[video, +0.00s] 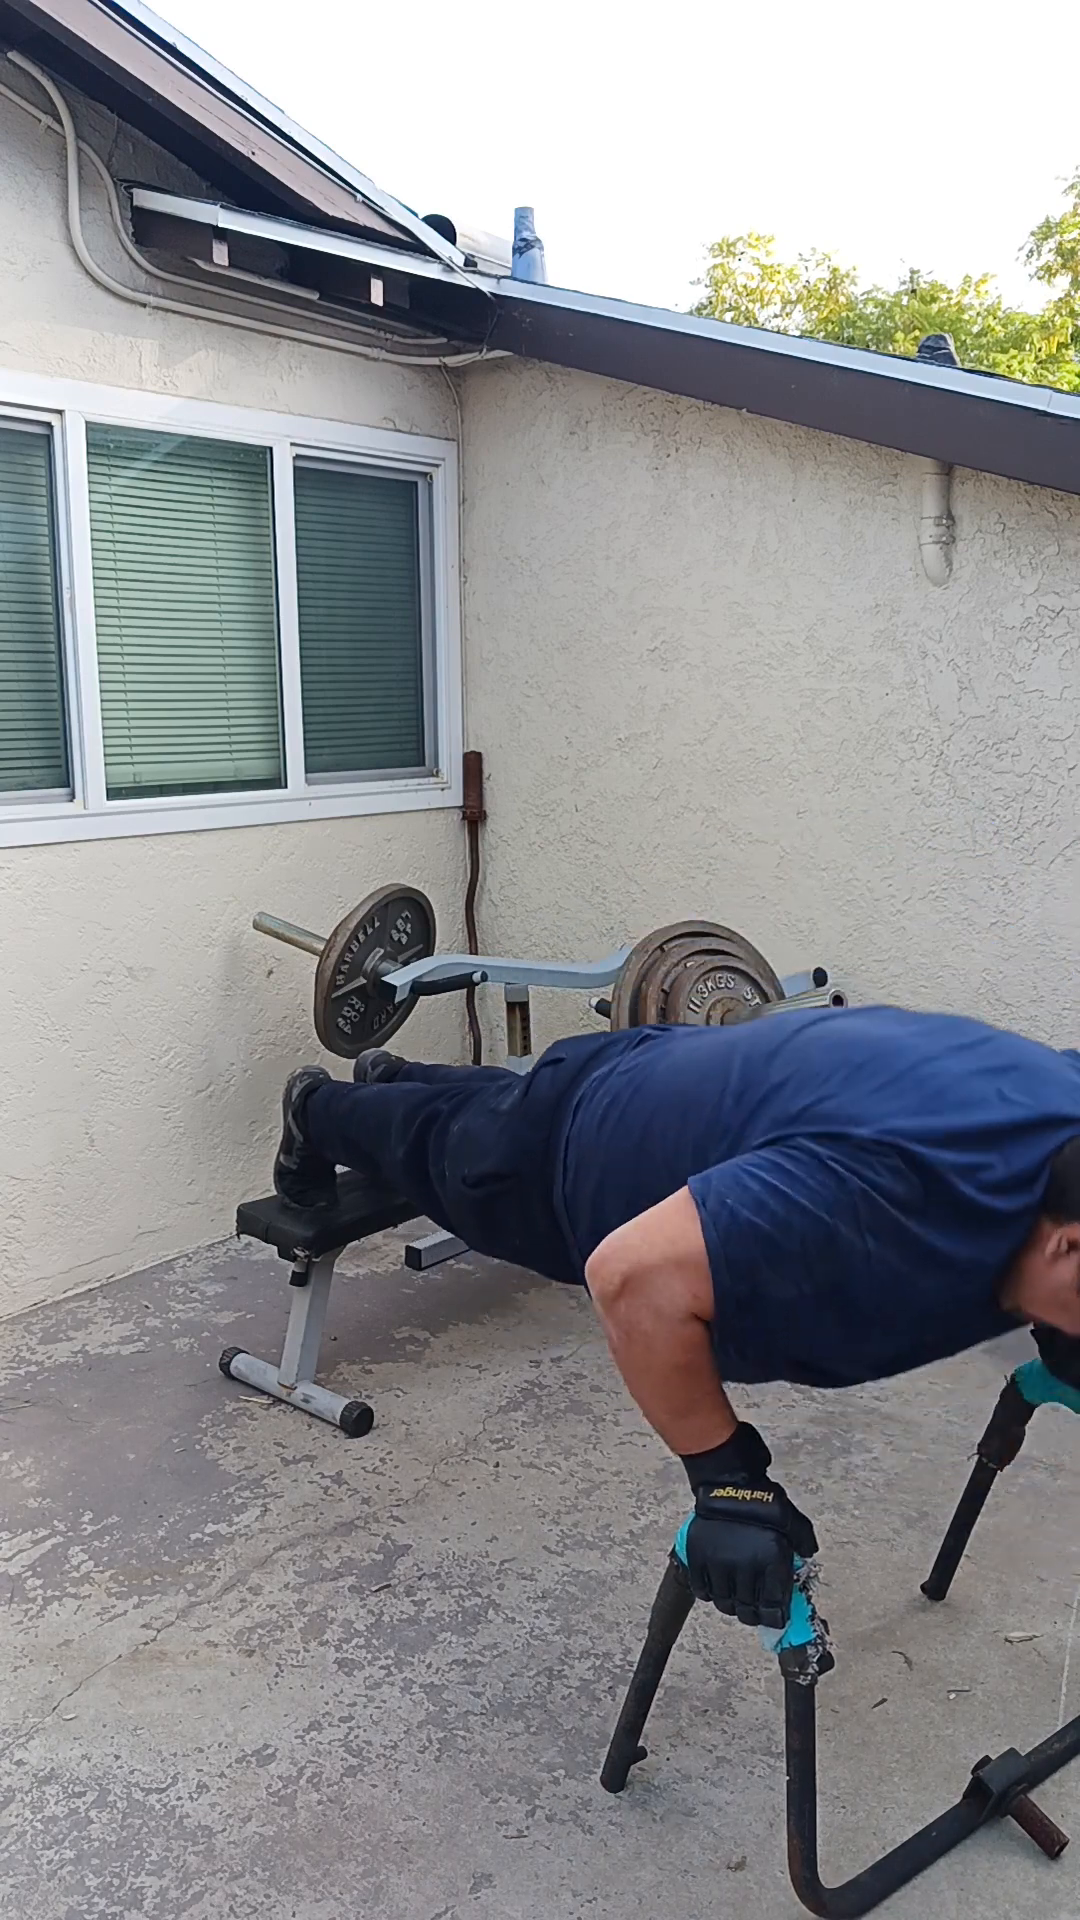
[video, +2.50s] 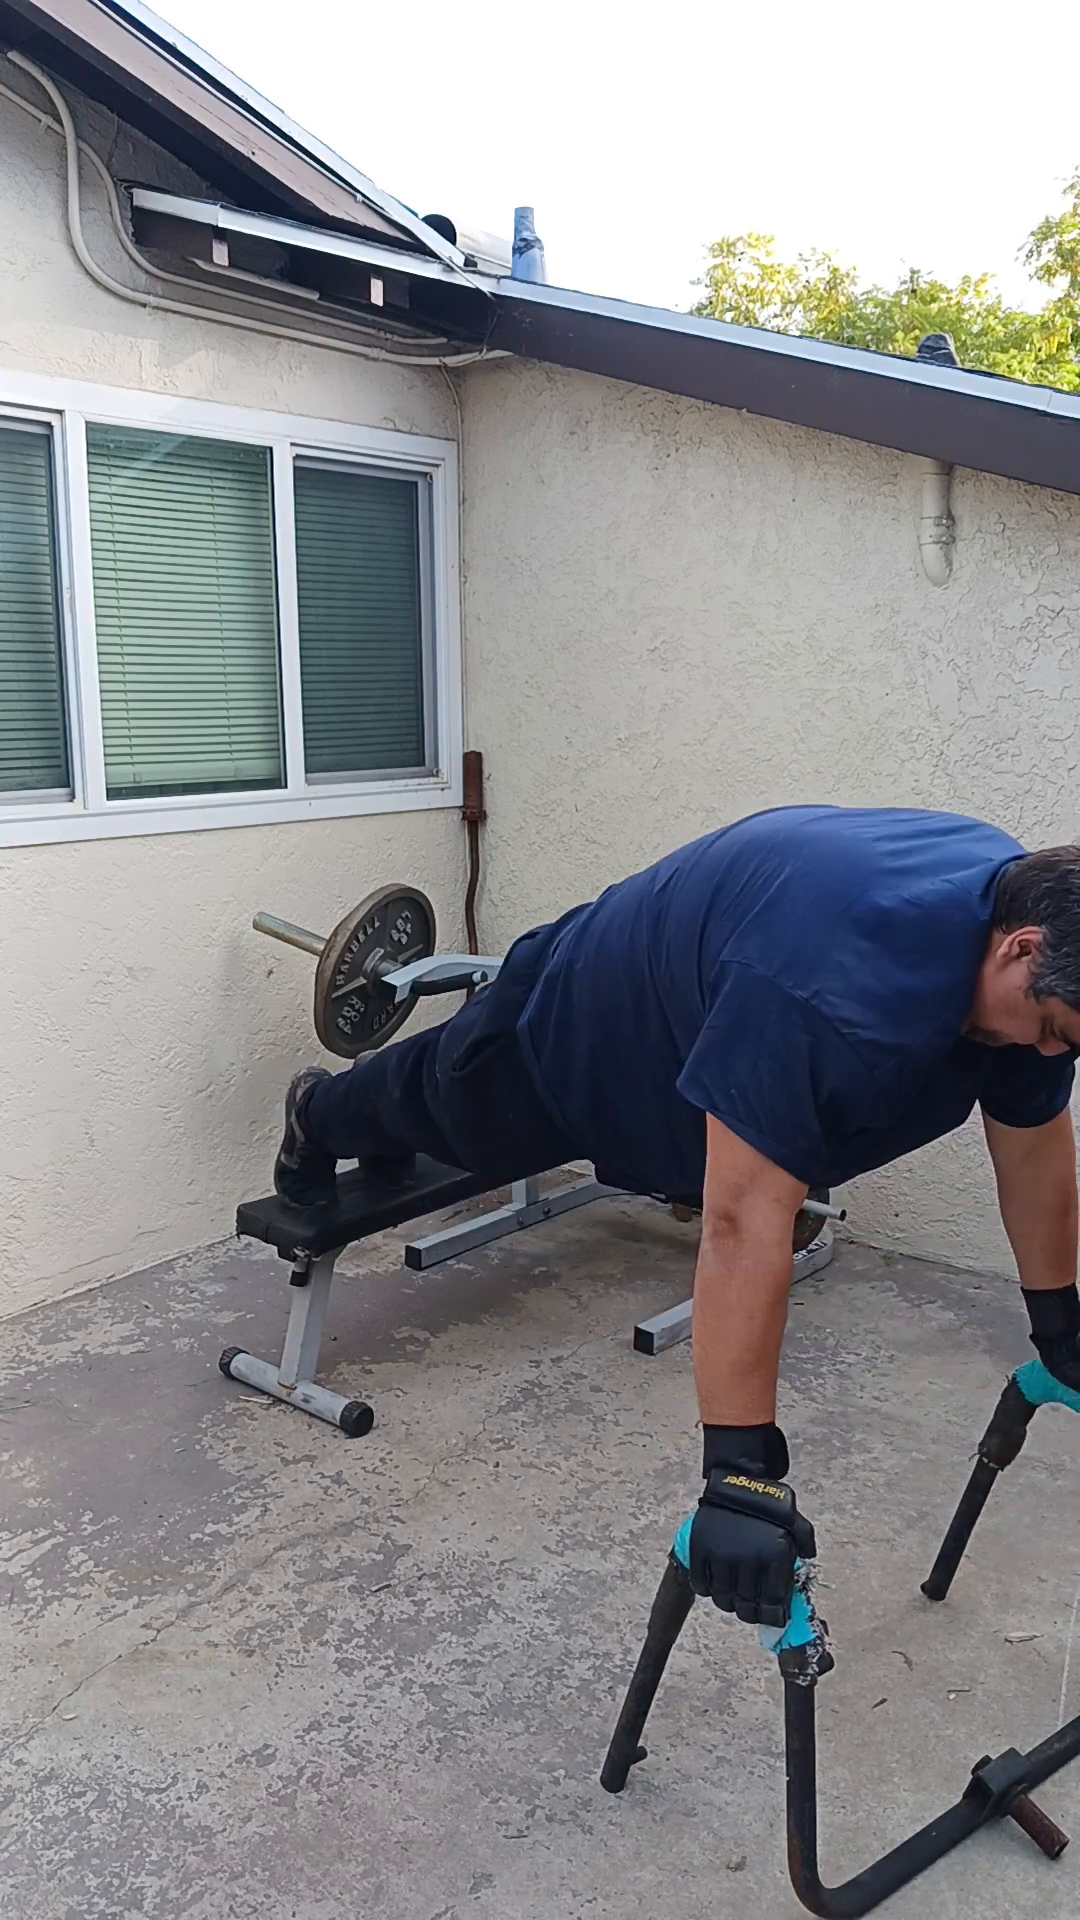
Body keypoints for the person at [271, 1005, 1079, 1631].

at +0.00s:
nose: (1058, 1335)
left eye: (1068, 1333)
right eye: (1073, 1322)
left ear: (1070, 1243)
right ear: (1065, 1254)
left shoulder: (1068, 1119)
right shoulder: (896, 1198)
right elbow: (633, 1280)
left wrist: (1042, 1336)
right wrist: (731, 1481)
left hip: (706, 1058)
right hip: (591, 1143)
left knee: (516, 1101)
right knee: (446, 1129)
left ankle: (374, 1111)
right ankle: (321, 1112)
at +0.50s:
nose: (1041, 1048)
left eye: (1061, 1035)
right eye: (1044, 1020)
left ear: (1016, 938)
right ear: (1004, 940)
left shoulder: (1017, 957)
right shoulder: (810, 973)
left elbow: (1033, 1147)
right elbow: (733, 1225)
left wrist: (1056, 1318)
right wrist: (739, 1475)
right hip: (584, 1005)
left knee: (508, 1097)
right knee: (428, 1080)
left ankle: (396, 1127)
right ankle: (314, 1112)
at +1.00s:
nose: (1062, 1212)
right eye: (1073, 1188)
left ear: (1054, 1135)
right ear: (1045, 1140)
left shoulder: (1050, 1036)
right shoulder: (842, 1116)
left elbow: (1048, 1182)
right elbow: (653, 1260)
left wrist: (1058, 1304)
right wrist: (731, 1477)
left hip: (714, 993)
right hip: (599, 1071)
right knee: (439, 1113)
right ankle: (318, 1107)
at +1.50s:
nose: (1037, 1570)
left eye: (1051, 1572)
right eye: (1054, 1564)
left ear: (1060, 1502)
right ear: (1056, 1511)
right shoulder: (932, 1387)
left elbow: (1055, 1132)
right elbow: (685, 1269)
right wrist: (732, 1487)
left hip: (701, 1148)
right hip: (609, 1218)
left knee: (536, 1139)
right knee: (448, 1188)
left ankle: (392, 1083)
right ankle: (321, 1108)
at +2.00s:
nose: (1050, 1281)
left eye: (1066, 1274)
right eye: (1064, 1260)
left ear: (1062, 1181)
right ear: (1050, 1190)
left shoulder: (1059, 1078)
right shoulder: (873, 1151)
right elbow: (637, 1276)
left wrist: (1057, 1303)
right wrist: (731, 1481)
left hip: (705, 1033)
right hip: (593, 1113)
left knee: (503, 1104)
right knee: (444, 1122)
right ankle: (316, 1111)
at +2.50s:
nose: (1047, 1053)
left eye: (1064, 1041)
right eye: (1049, 1027)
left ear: (1031, 946)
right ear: (1013, 947)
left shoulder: (1019, 950)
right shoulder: (819, 982)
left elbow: (1039, 1152)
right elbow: (741, 1229)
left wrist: (1058, 1322)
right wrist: (740, 1475)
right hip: (599, 1001)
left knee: (515, 1097)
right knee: (440, 1080)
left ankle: (409, 1131)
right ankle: (315, 1115)